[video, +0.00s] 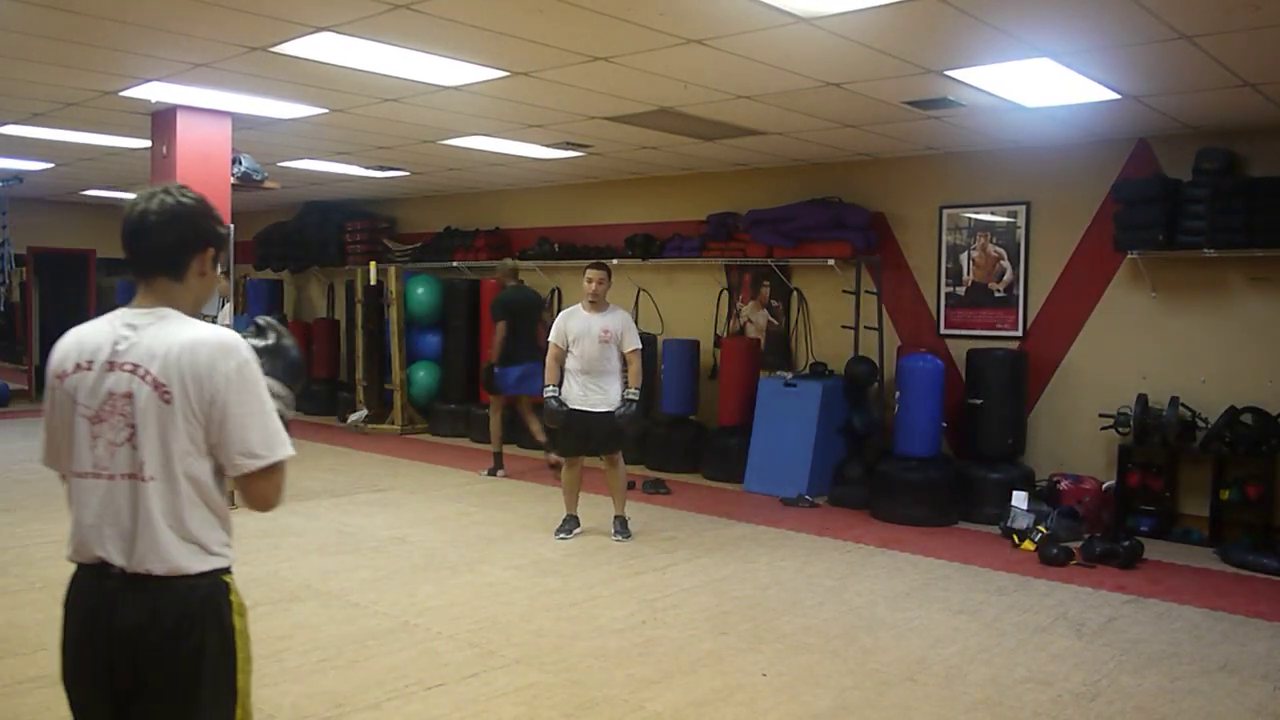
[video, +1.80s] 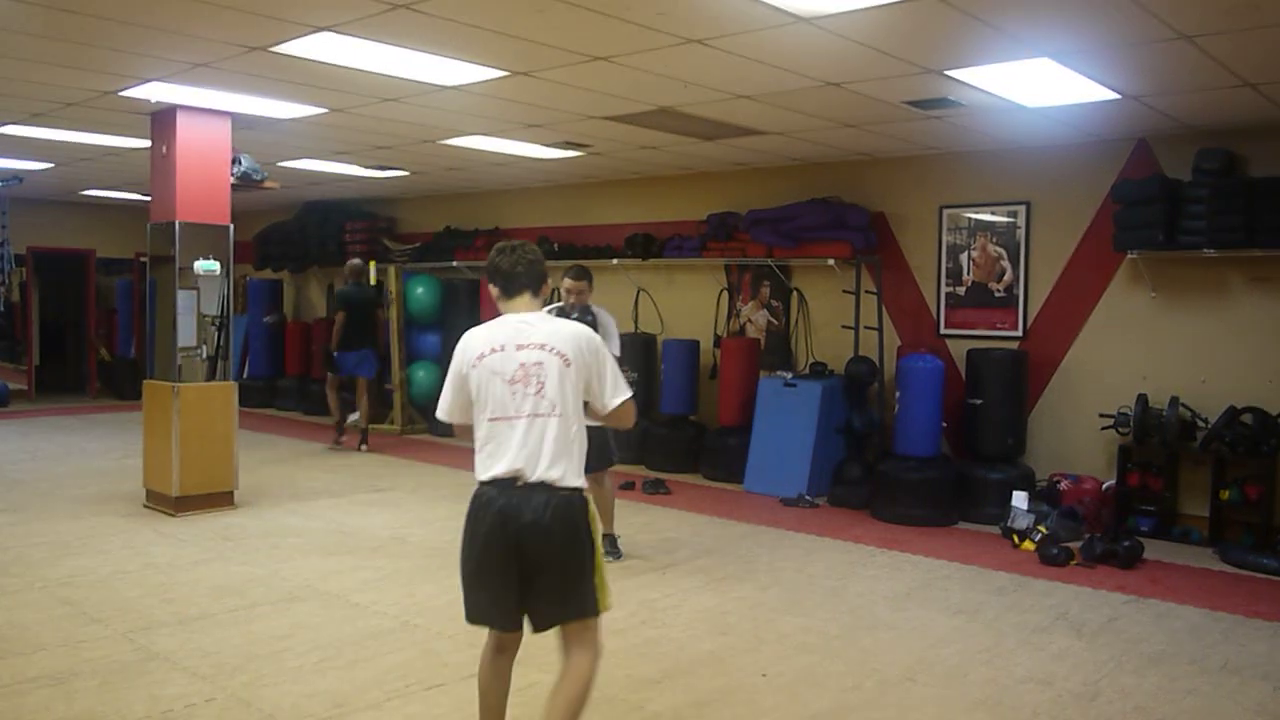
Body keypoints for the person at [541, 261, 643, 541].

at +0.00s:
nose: (594, 287)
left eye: (600, 282)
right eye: (589, 281)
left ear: (608, 286)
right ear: (582, 283)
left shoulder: (621, 319)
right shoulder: (566, 317)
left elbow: (633, 359)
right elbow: (553, 357)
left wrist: (632, 395)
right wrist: (551, 392)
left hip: (610, 406)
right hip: (573, 404)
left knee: (613, 460)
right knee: (571, 461)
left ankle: (620, 517)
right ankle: (570, 516)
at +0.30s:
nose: (582, 291)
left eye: (588, 286)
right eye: (578, 285)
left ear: (598, 288)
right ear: (572, 286)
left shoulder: (612, 317)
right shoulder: (558, 317)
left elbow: (623, 360)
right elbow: (546, 357)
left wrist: (607, 362)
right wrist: (557, 361)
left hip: (604, 404)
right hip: (567, 404)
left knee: (611, 460)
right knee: (569, 461)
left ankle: (620, 517)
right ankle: (571, 517)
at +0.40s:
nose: (579, 294)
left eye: (585, 288)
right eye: (574, 288)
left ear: (595, 288)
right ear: (568, 287)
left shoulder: (608, 316)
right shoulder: (555, 316)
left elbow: (611, 358)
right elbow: (547, 357)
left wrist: (597, 334)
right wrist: (558, 333)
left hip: (602, 401)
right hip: (565, 402)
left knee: (611, 458)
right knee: (568, 461)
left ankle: (620, 516)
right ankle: (570, 517)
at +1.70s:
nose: (581, 298)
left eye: (588, 293)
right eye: (576, 292)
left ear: (600, 291)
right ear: (568, 287)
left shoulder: (611, 318)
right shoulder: (554, 313)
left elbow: (616, 366)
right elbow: (539, 353)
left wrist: (598, 335)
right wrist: (555, 327)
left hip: (596, 400)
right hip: (557, 400)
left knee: (602, 471)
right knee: (553, 468)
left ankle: (609, 534)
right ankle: (551, 536)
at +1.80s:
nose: (574, 299)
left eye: (580, 293)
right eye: (568, 292)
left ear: (591, 292)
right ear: (559, 289)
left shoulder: (603, 321)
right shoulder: (545, 318)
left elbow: (611, 366)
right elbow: (534, 359)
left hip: (591, 407)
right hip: (553, 408)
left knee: (598, 475)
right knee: (554, 475)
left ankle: (608, 534)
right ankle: (556, 541)